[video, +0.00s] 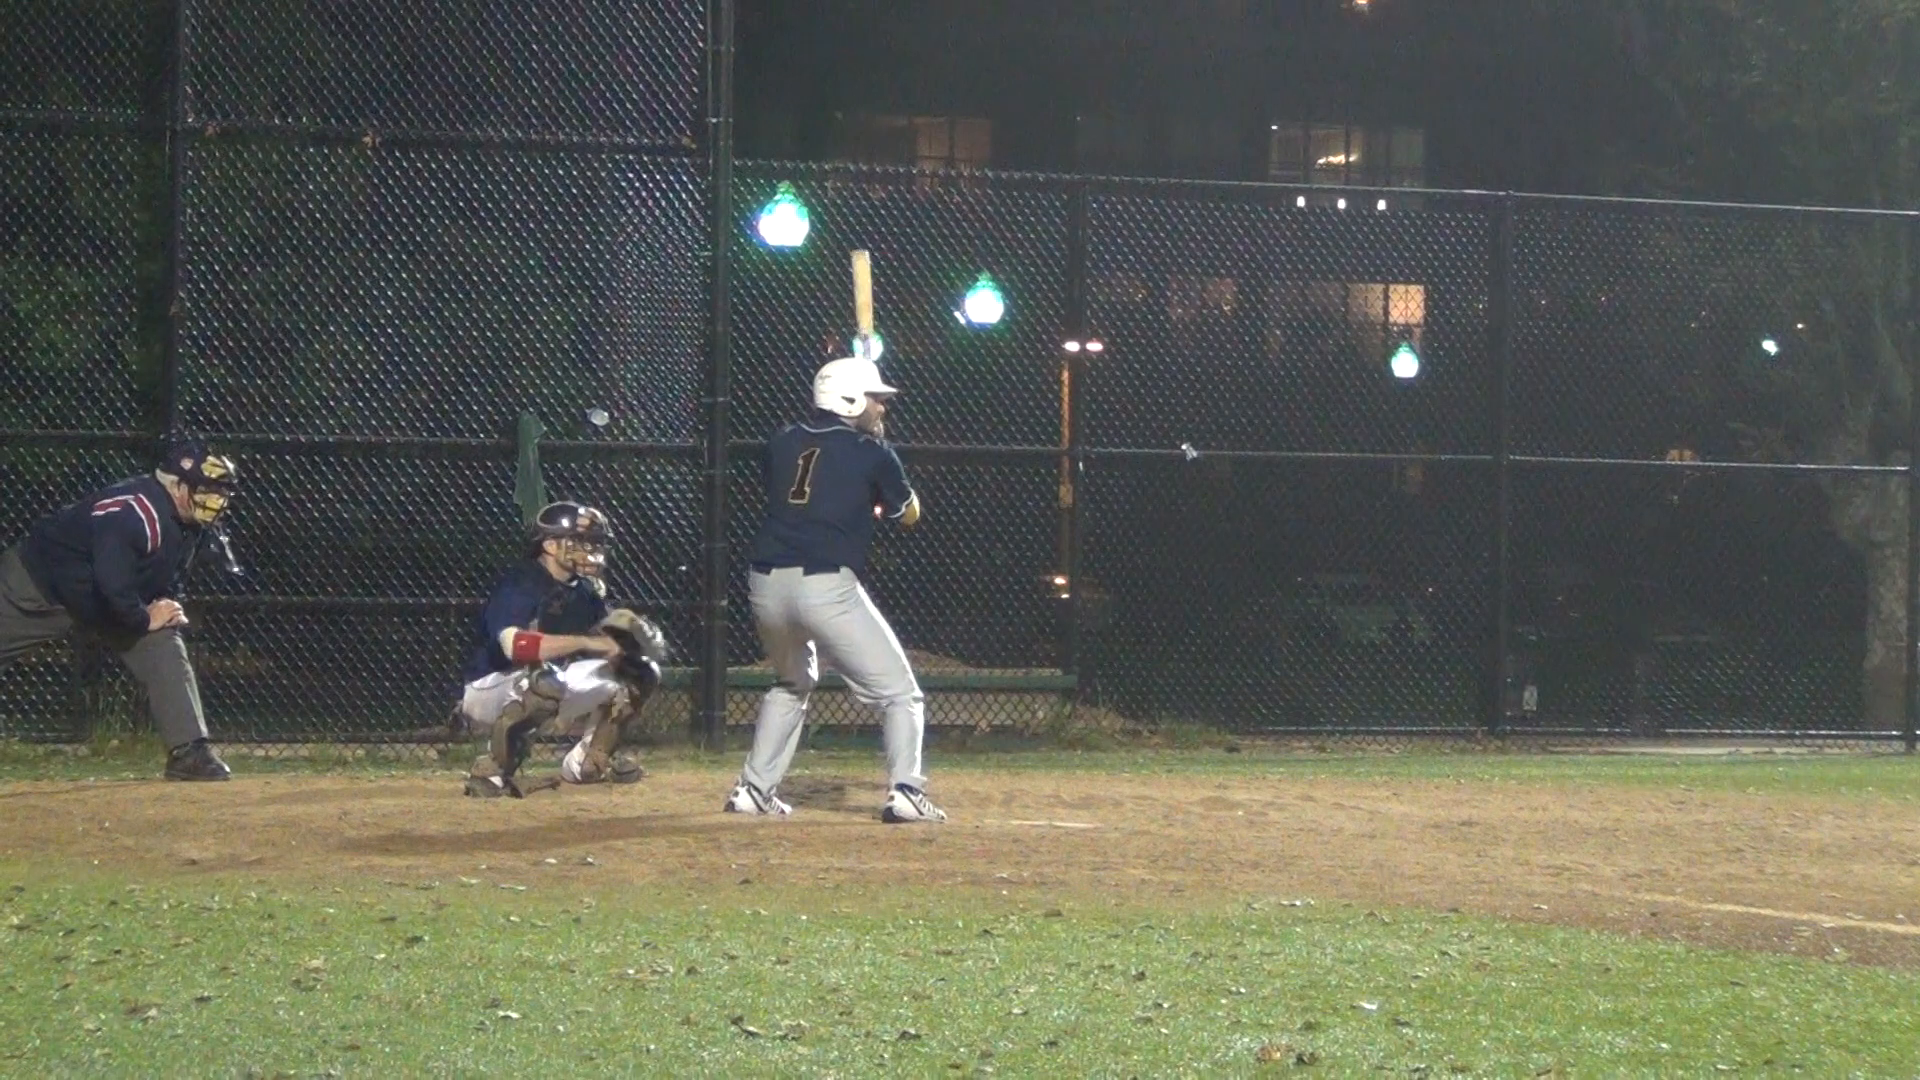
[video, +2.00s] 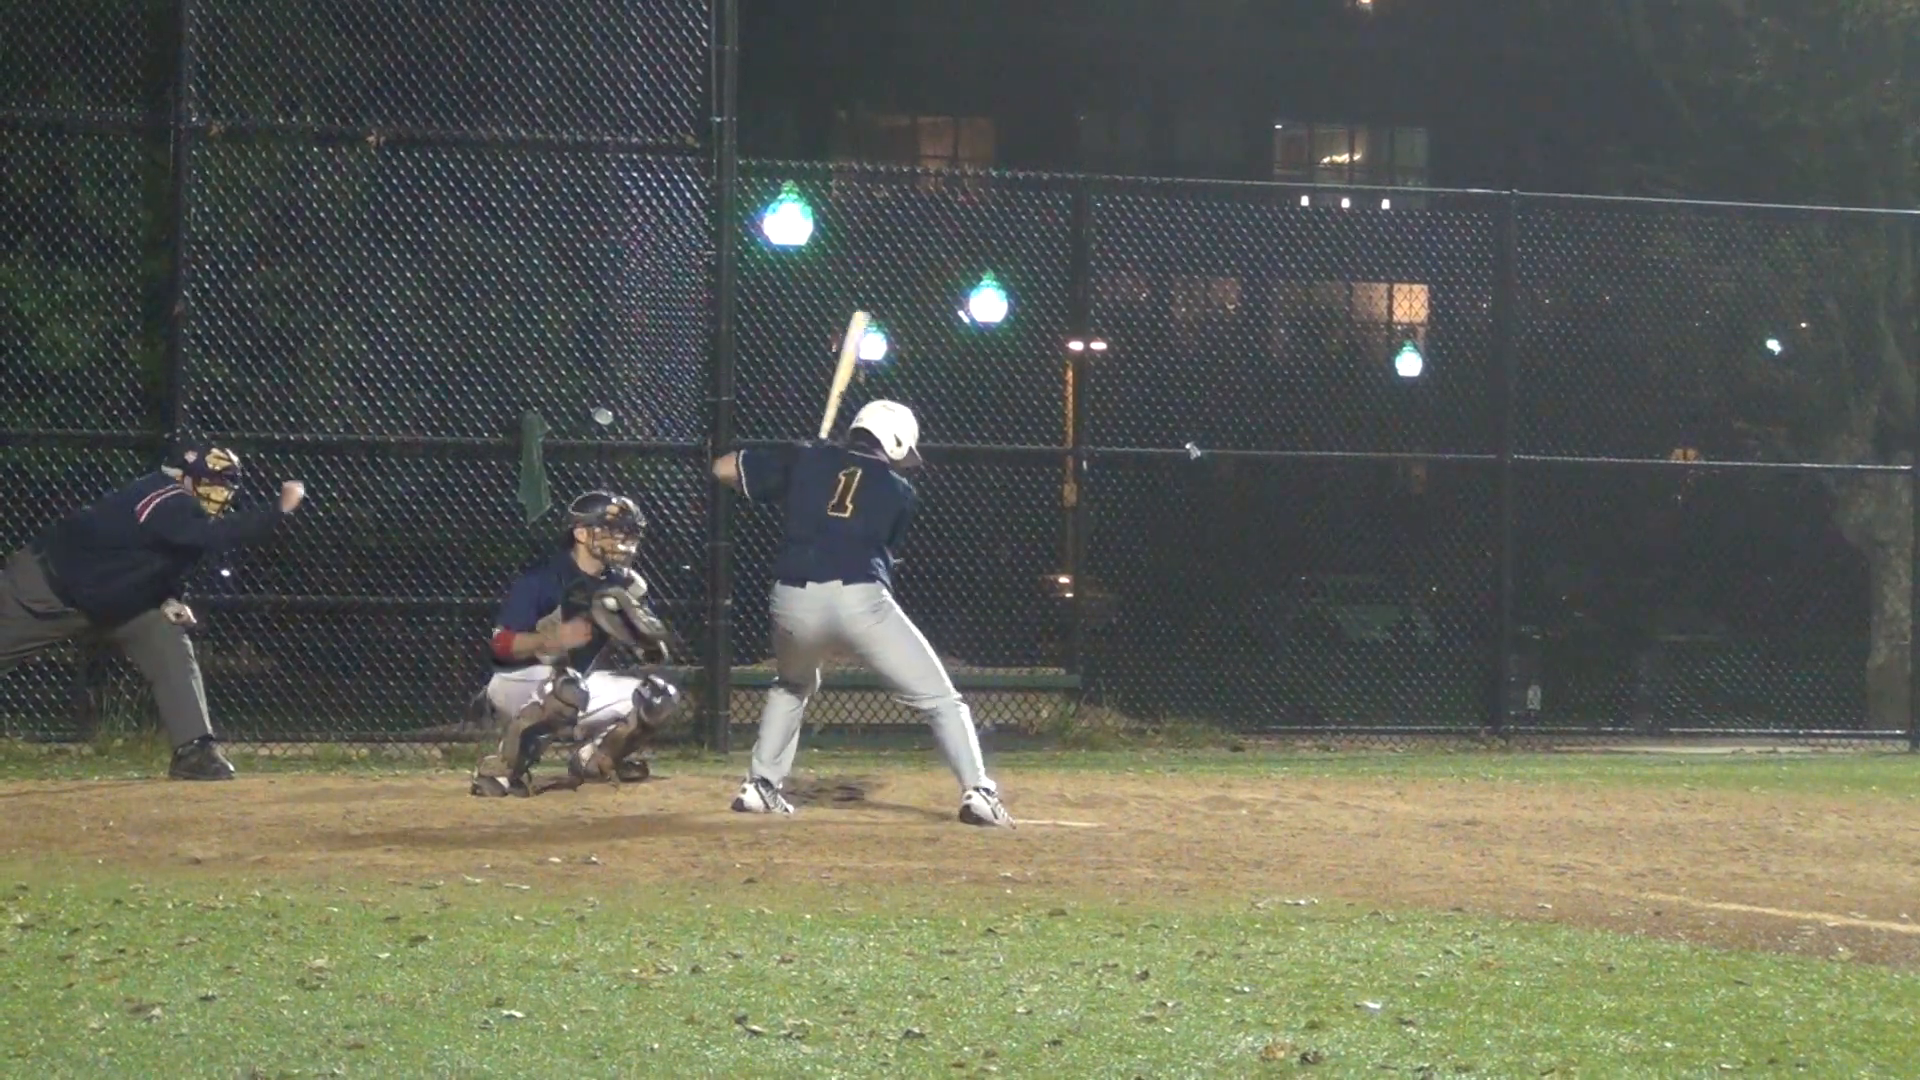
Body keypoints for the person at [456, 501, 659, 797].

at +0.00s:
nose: (590, 550)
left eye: (592, 543)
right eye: (580, 543)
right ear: (551, 546)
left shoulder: (587, 589)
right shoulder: (519, 584)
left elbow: (601, 634)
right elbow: (514, 646)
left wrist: (634, 638)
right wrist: (587, 643)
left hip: (554, 682)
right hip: (488, 690)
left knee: (638, 675)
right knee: (544, 682)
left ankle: (586, 764)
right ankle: (491, 773)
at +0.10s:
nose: (594, 552)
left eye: (596, 544)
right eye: (585, 544)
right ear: (555, 547)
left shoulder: (589, 593)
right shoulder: (521, 585)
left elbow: (627, 639)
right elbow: (502, 649)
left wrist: (657, 642)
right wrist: (563, 654)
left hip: (559, 686)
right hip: (492, 690)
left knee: (639, 674)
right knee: (551, 681)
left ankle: (589, 762)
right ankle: (492, 772)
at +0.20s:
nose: (599, 554)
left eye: (600, 546)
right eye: (589, 546)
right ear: (560, 550)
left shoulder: (593, 593)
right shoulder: (527, 586)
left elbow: (634, 637)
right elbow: (491, 650)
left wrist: (673, 647)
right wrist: (536, 676)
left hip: (555, 688)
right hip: (496, 691)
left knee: (637, 677)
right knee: (548, 680)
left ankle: (589, 764)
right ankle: (493, 772)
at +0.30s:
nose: (604, 556)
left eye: (605, 549)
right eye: (595, 548)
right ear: (565, 551)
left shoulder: (597, 595)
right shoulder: (529, 588)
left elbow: (641, 643)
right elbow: (487, 656)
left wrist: (679, 650)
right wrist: (506, 701)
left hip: (556, 694)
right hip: (503, 693)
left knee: (640, 678)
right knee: (553, 678)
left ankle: (588, 764)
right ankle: (496, 769)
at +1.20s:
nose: (621, 556)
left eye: (623, 549)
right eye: (611, 548)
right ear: (585, 552)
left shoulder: (616, 604)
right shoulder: (549, 591)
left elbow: (647, 658)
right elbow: (493, 656)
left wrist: (685, 666)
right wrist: (492, 725)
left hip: (571, 691)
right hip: (511, 691)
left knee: (649, 689)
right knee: (563, 686)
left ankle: (592, 764)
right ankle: (496, 768)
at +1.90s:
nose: (622, 552)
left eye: (625, 545)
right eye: (612, 544)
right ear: (582, 545)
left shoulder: (621, 596)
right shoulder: (541, 584)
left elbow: (645, 649)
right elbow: (490, 642)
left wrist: (667, 659)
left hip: (575, 691)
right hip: (514, 690)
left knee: (651, 697)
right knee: (565, 691)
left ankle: (591, 764)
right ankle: (500, 771)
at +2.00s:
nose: (621, 539)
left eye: (624, 532)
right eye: (610, 530)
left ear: (631, 536)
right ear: (581, 534)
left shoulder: (621, 584)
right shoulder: (542, 580)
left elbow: (655, 652)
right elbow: (501, 645)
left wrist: (637, 626)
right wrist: (555, 638)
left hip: (579, 681)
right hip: (515, 679)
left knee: (657, 695)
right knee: (569, 690)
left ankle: (593, 761)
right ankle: (501, 770)